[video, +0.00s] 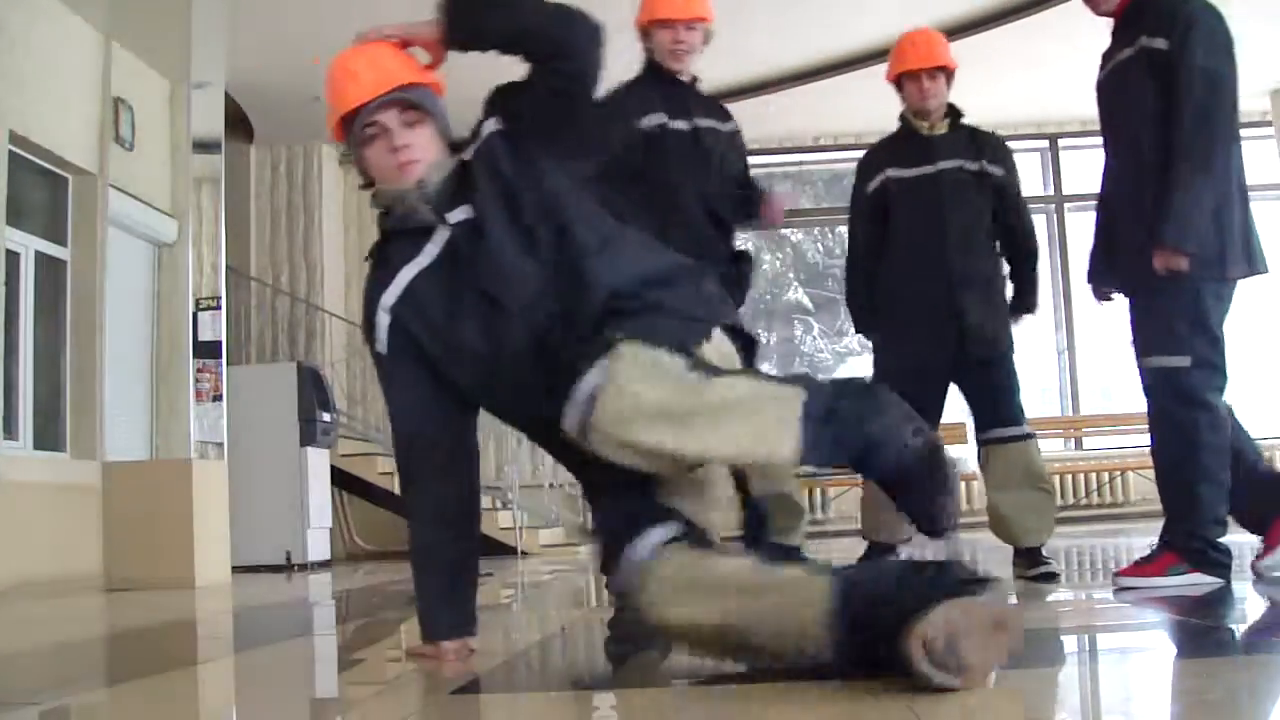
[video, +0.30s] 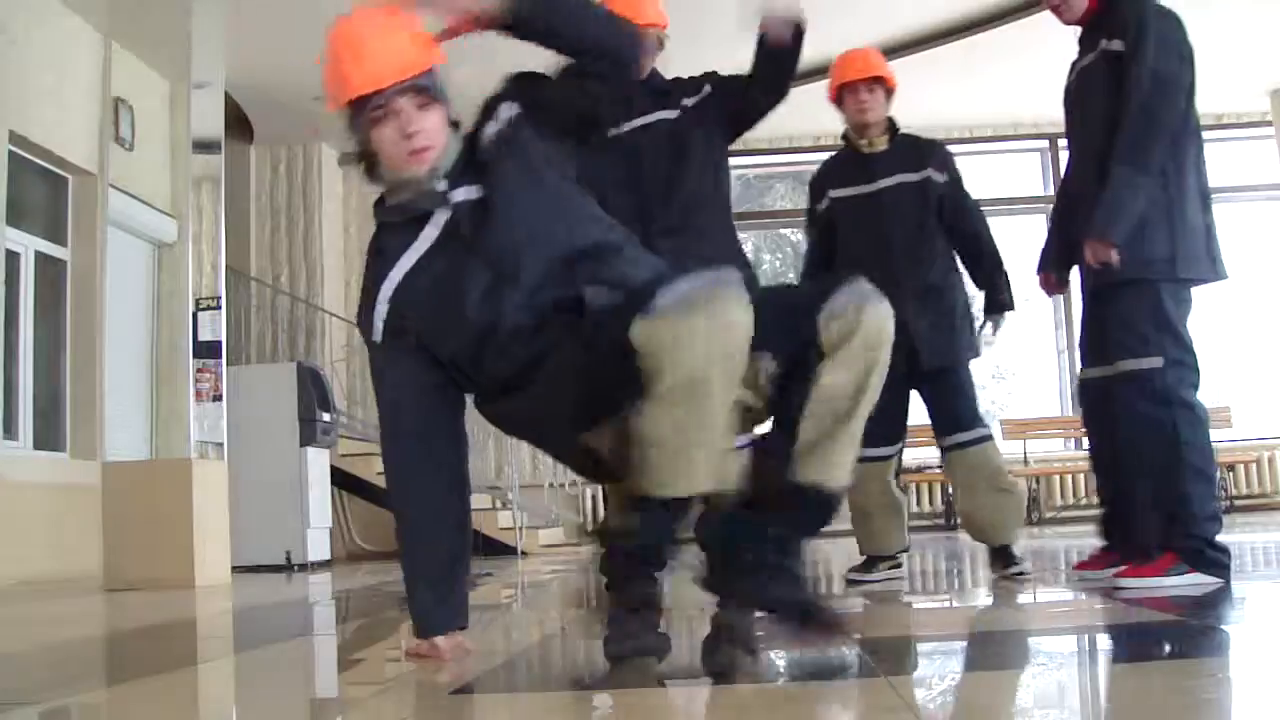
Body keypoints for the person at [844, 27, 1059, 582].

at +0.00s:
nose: (924, 87)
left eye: (933, 76)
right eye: (912, 79)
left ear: (949, 79)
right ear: (897, 87)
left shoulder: (987, 150)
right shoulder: (878, 162)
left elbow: (1016, 228)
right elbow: (861, 249)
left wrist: (1022, 294)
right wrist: (869, 318)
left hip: (980, 322)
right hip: (906, 328)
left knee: (1007, 435)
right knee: (898, 442)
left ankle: (1030, 546)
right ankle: (883, 548)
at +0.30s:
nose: (862, 100)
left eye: (871, 89)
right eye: (850, 93)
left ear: (889, 95)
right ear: (837, 104)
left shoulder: (928, 158)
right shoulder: (827, 180)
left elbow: (968, 226)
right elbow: (819, 262)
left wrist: (996, 287)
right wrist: (812, 325)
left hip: (936, 323)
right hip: (866, 332)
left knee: (966, 434)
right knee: (871, 446)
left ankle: (1000, 540)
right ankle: (882, 552)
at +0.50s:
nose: (844, 99)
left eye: (851, 88)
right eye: (832, 93)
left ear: (867, 92)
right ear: (818, 104)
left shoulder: (910, 151)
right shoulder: (813, 177)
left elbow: (951, 206)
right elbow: (787, 243)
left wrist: (955, 236)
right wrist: (778, 270)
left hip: (918, 319)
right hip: (850, 328)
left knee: (942, 428)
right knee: (861, 440)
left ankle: (983, 541)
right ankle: (879, 552)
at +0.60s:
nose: (838, 101)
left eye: (846, 91)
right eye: (826, 96)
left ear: (861, 94)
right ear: (814, 107)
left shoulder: (898, 146)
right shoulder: (809, 175)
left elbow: (939, 173)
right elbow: (775, 237)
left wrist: (921, 190)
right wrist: (785, 221)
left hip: (914, 318)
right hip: (847, 329)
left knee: (941, 428)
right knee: (861, 444)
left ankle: (976, 533)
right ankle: (871, 558)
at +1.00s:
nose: (855, 94)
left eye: (865, 83)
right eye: (844, 86)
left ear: (880, 90)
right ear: (829, 95)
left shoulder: (911, 151)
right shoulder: (811, 170)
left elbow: (922, 215)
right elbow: (799, 238)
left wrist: (853, 218)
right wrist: (809, 278)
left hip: (908, 317)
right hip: (840, 323)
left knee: (914, 432)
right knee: (855, 439)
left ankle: (916, 549)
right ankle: (877, 549)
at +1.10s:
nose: (864, 92)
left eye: (874, 82)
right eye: (852, 84)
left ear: (889, 88)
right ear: (837, 92)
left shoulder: (920, 155)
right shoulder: (818, 165)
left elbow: (935, 229)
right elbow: (805, 250)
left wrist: (898, 261)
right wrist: (806, 322)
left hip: (910, 324)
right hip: (842, 329)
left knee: (917, 435)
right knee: (848, 440)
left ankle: (919, 547)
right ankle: (871, 540)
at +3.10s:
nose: (821, 128)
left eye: (830, 119)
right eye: (812, 121)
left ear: (849, 125)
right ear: (802, 129)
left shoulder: (873, 193)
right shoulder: (785, 192)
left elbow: (896, 264)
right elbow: (771, 266)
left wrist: (909, 324)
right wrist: (774, 323)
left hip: (864, 343)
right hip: (803, 344)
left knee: (863, 449)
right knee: (806, 449)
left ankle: (857, 550)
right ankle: (811, 551)